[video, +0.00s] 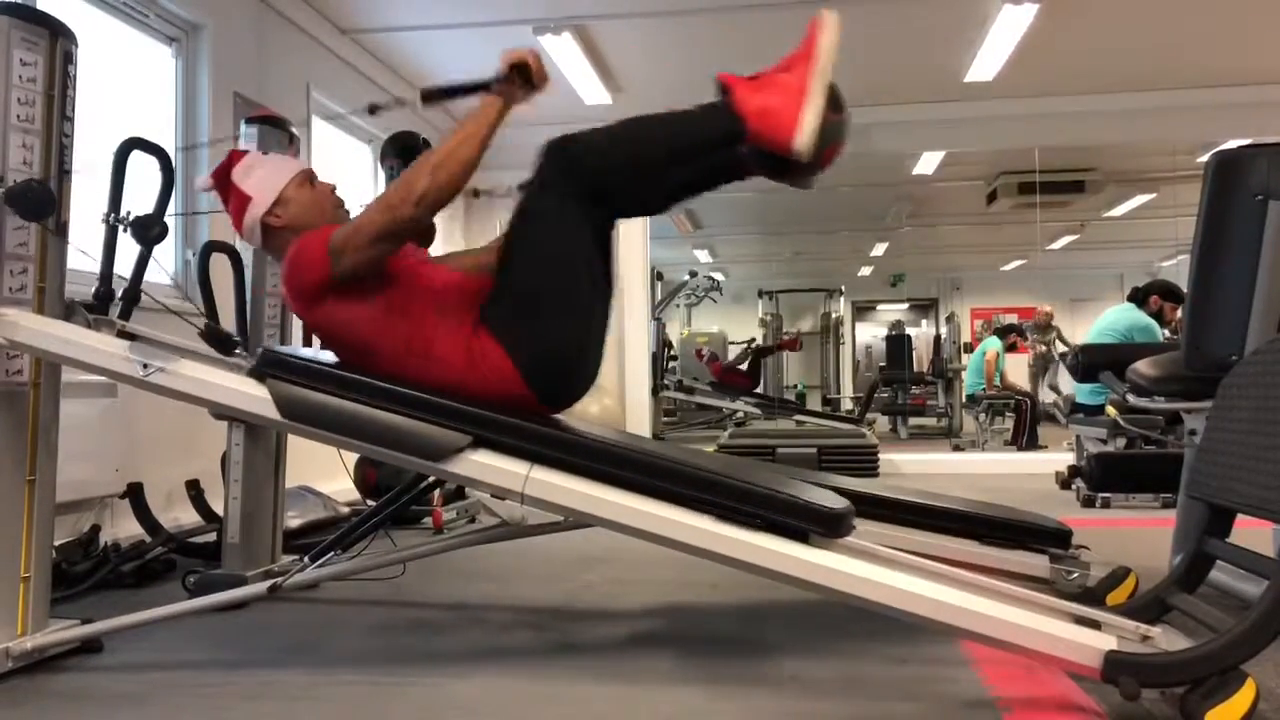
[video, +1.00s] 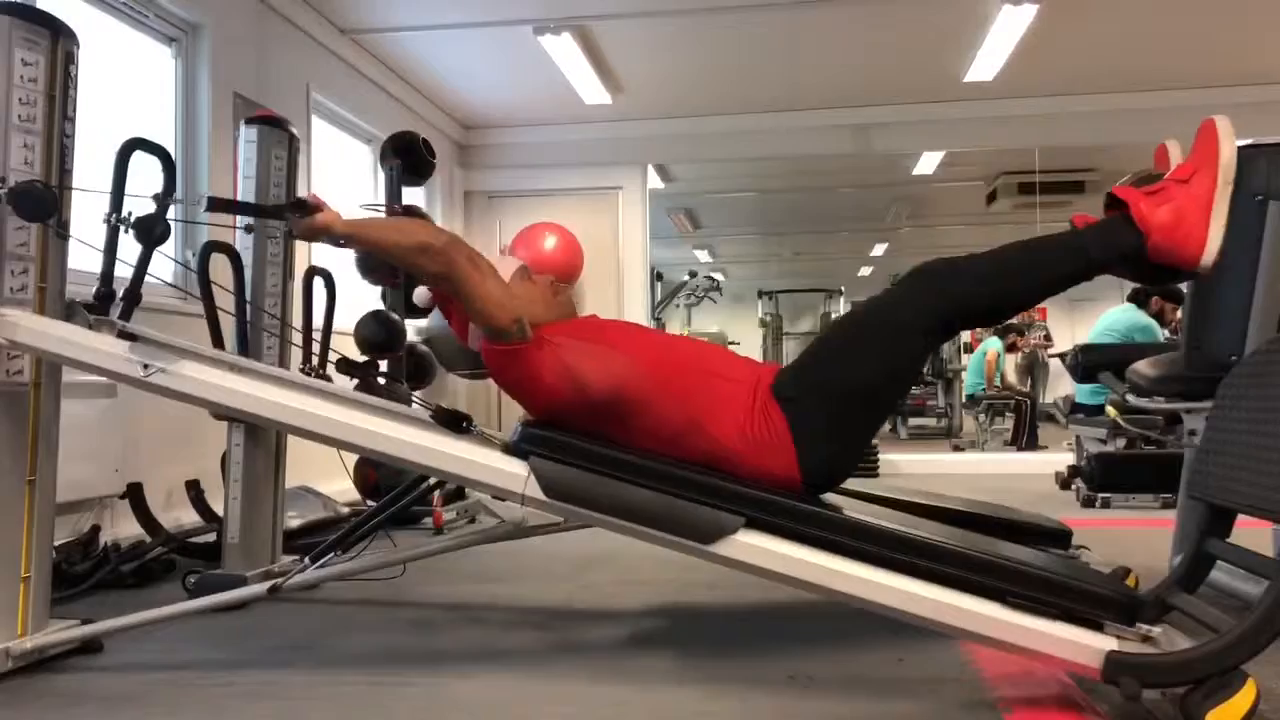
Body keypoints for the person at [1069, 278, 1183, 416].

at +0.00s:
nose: (1175, 318)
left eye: (1176, 311)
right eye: (1173, 309)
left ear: (1153, 302)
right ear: (1155, 302)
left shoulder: (1118, 311)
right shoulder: (1146, 325)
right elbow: (1160, 371)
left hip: (1084, 397)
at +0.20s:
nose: (1174, 319)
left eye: (1176, 312)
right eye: (1173, 310)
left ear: (1153, 303)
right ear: (1154, 303)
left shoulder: (1117, 312)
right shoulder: (1145, 325)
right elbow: (1160, 371)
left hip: (1083, 396)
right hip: (1102, 401)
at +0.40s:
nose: (1175, 318)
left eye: (1176, 311)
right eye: (1173, 310)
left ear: (1153, 302)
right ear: (1154, 303)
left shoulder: (1117, 312)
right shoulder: (1145, 325)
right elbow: (1161, 370)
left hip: (1083, 397)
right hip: (1102, 401)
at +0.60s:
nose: (1174, 318)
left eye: (1176, 311)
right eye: (1173, 310)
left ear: (1153, 302)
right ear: (1154, 303)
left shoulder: (1116, 312)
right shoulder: (1145, 325)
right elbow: (1161, 371)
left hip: (1083, 397)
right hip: (1103, 401)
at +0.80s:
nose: (1174, 319)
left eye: (1176, 311)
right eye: (1173, 310)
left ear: (1154, 303)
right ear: (1155, 303)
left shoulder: (1117, 312)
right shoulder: (1146, 325)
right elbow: (1161, 370)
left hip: (1083, 397)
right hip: (1104, 401)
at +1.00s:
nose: (1175, 318)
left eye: (1177, 311)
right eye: (1173, 310)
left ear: (1154, 304)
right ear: (1156, 303)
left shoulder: (1115, 313)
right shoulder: (1146, 325)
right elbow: (1162, 368)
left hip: (1085, 399)